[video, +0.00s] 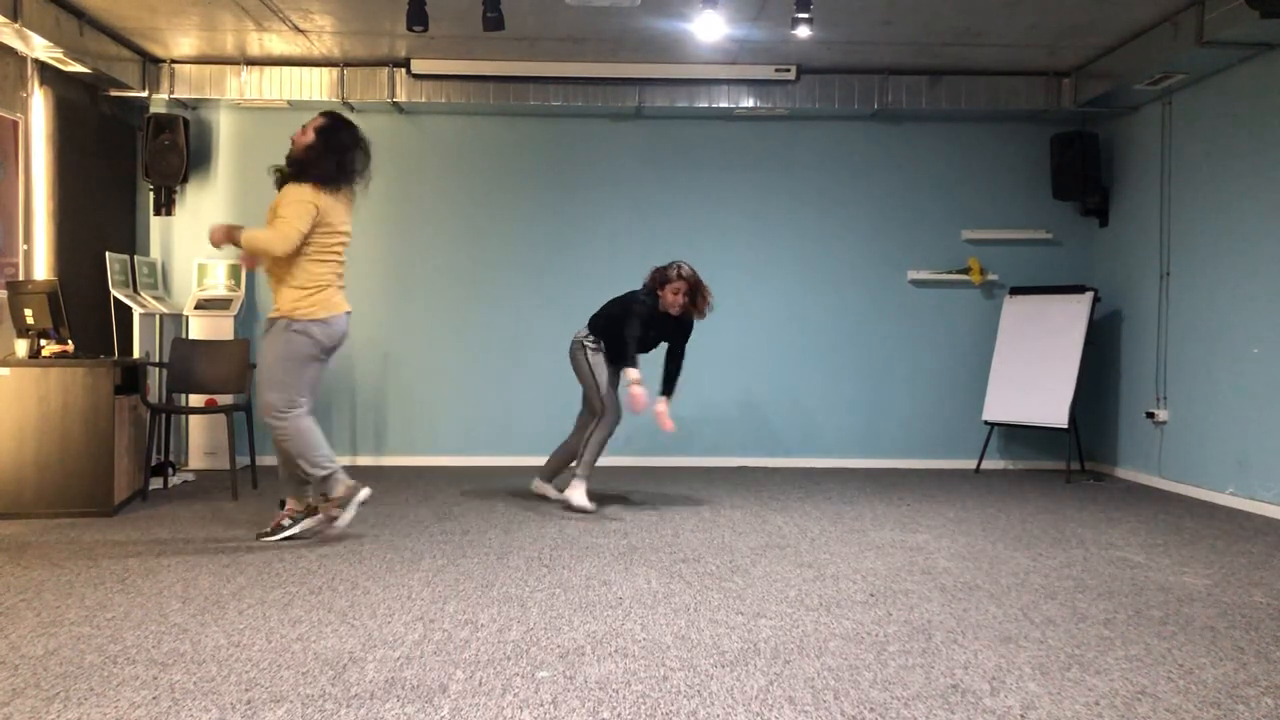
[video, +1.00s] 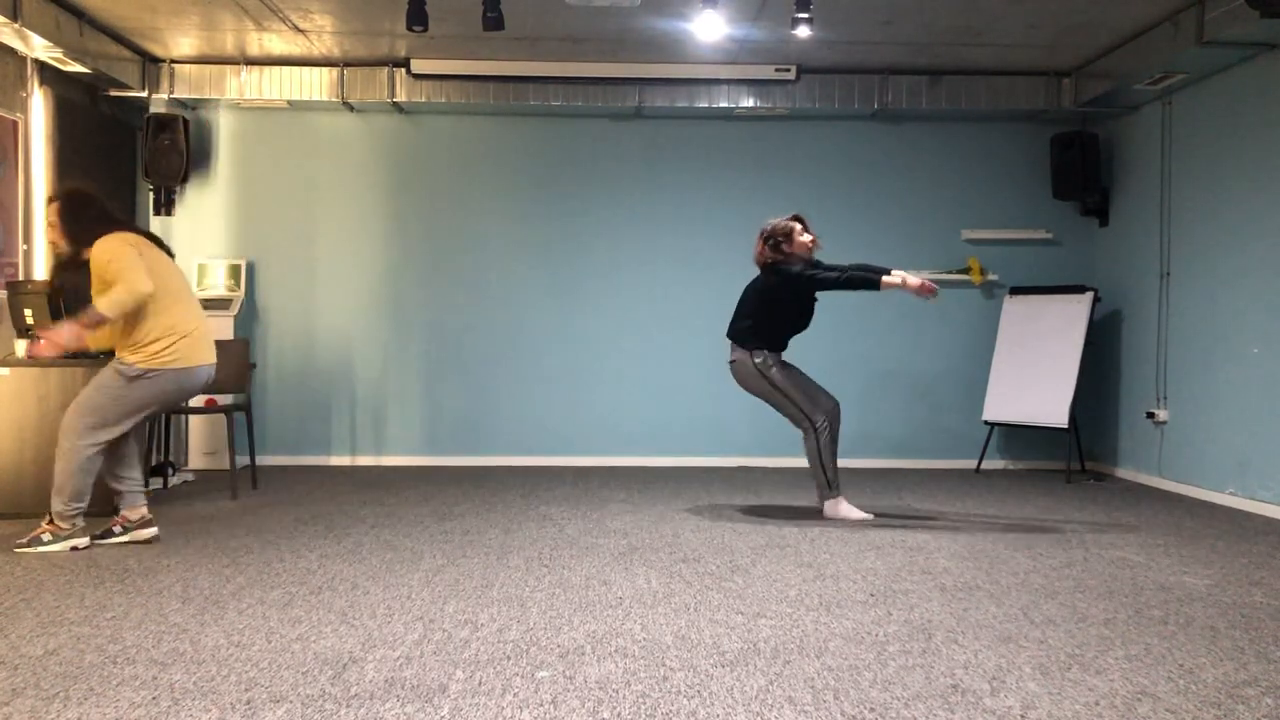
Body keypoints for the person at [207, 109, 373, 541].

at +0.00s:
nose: (298, 133)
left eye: (307, 131)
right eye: (304, 127)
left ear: (321, 149)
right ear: (334, 156)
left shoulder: (303, 193)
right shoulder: (335, 196)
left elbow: (281, 241)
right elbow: (305, 251)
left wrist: (234, 233)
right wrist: (262, 255)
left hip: (301, 319)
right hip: (326, 316)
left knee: (281, 410)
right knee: (289, 409)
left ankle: (338, 488)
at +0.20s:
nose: (285, 133)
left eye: (295, 134)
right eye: (292, 129)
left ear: (305, 156)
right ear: (310, 161)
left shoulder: (285, 195)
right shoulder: (308, 198)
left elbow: (240, 215)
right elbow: (257, 209)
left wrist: (198, 177)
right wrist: (230, 179)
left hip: (251, 321)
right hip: (281, 322)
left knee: (224, 410)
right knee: (261, 409)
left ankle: (261, 501)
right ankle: (288, 495)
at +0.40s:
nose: (262, 129)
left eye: (272, 130)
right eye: (270, 125)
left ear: (281, 153)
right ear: (284, 160)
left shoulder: (253, 189)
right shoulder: (275, 193)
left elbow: (211, 189)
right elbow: (239, 189)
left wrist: (181, 136)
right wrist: (228, 146)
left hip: (215, 314)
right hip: (246, 311)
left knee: (215, 410)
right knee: (242, 403)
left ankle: (253, 501)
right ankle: (273, 487)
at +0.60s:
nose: (210, 128)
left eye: (219, 132)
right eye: (218, 126)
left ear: (225, 158)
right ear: (227, 162)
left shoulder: (205, 192)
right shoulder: (222, 193)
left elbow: (185, 192)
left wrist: (163, 136)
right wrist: (202, 135)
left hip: (192, 321)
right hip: (220, 317)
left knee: (161, 413)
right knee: (230, 416)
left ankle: (225, 488)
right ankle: (282, 496)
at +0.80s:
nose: (80, 185)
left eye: (89, 177)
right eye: (82, 178)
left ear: (121, 184)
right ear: (115, 187)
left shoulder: (137, 220)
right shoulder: (116, 227)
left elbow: (151, 244)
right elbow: (112, 239)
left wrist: (121, 205)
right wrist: (93, 215)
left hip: (155, 354)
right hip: (190, 355)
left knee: (89, 426)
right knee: (159, 445)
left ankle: (66, 523)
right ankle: (247, 484)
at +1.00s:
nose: (49, 234)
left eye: (53, 224)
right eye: (48, 224)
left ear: (75, 221)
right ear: (91, 220)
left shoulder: (109, 246)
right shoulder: (136, 246)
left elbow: (136, 288)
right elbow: (123, 332)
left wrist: (81, 323)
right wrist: (67, 341)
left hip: (160, 360)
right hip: (192, 359)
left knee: (80, 422)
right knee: (117, 423)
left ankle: (64, 523)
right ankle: (134, 514)